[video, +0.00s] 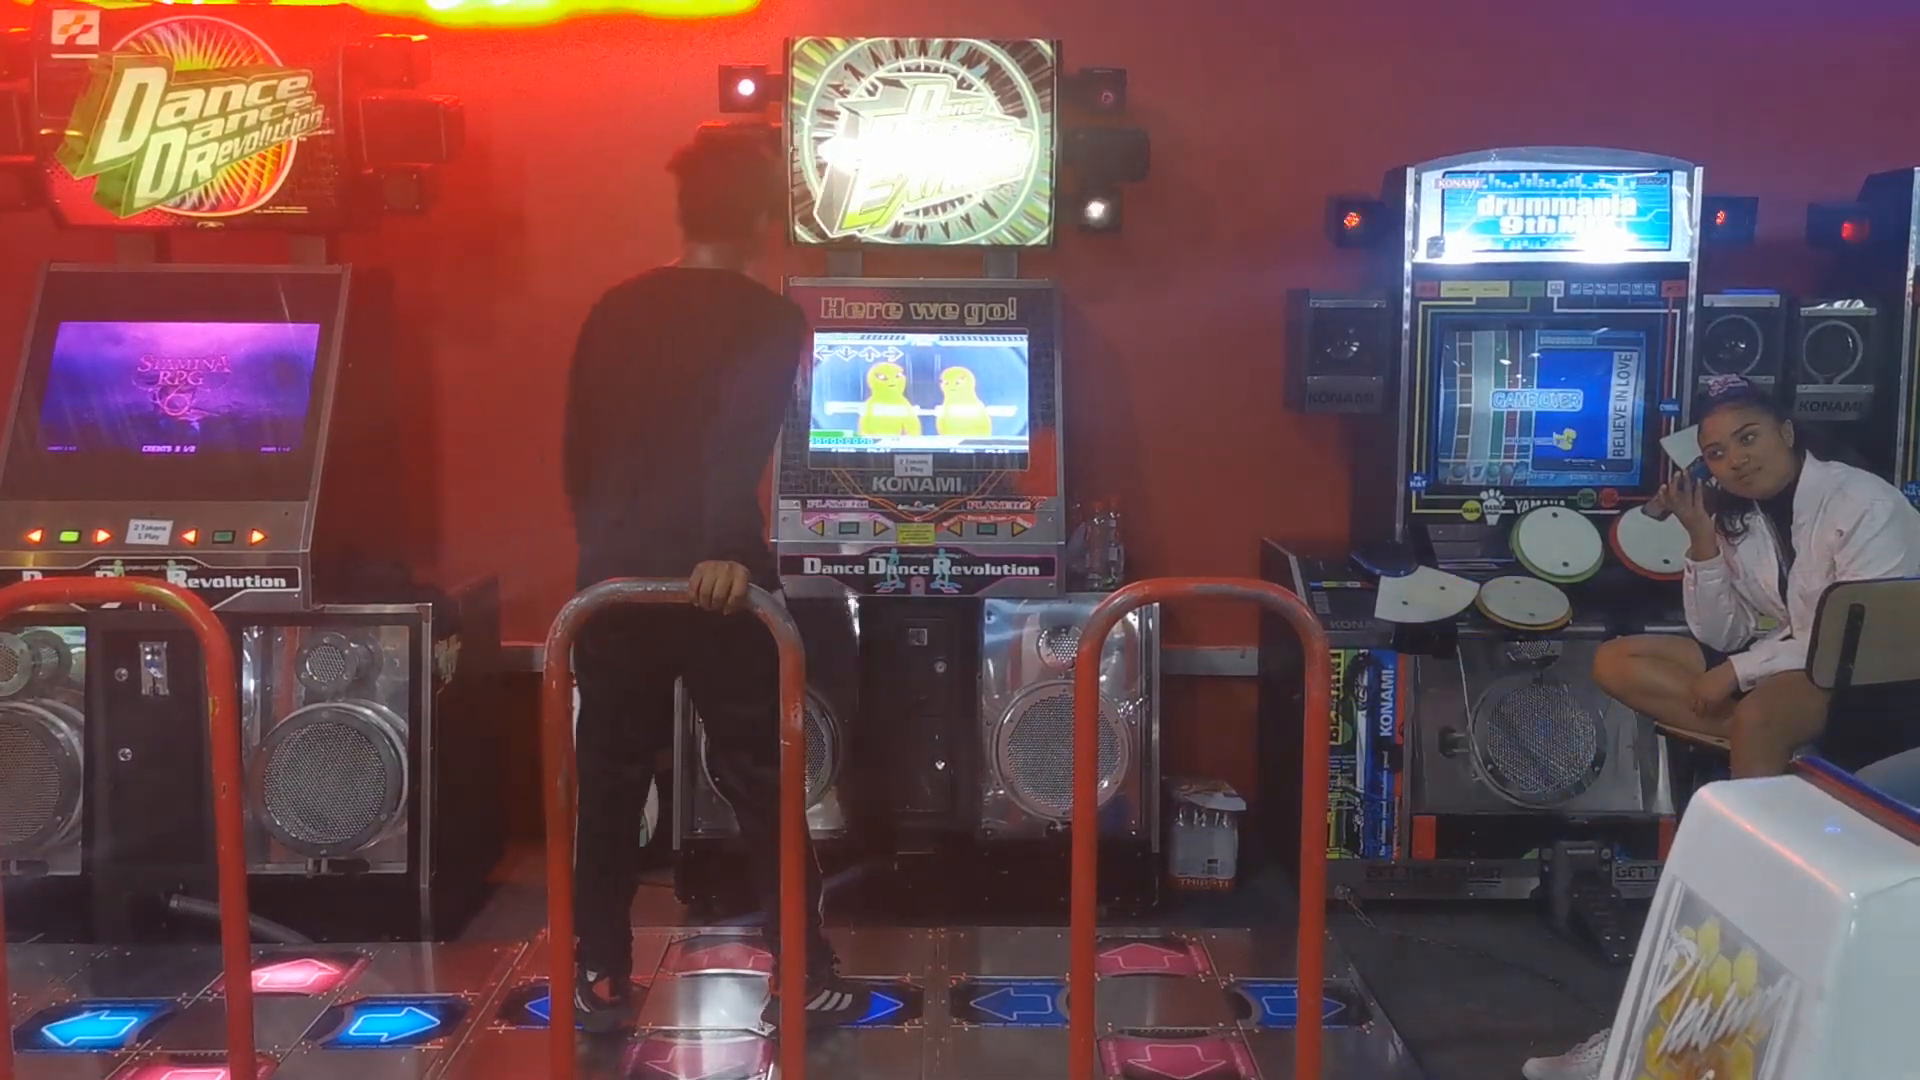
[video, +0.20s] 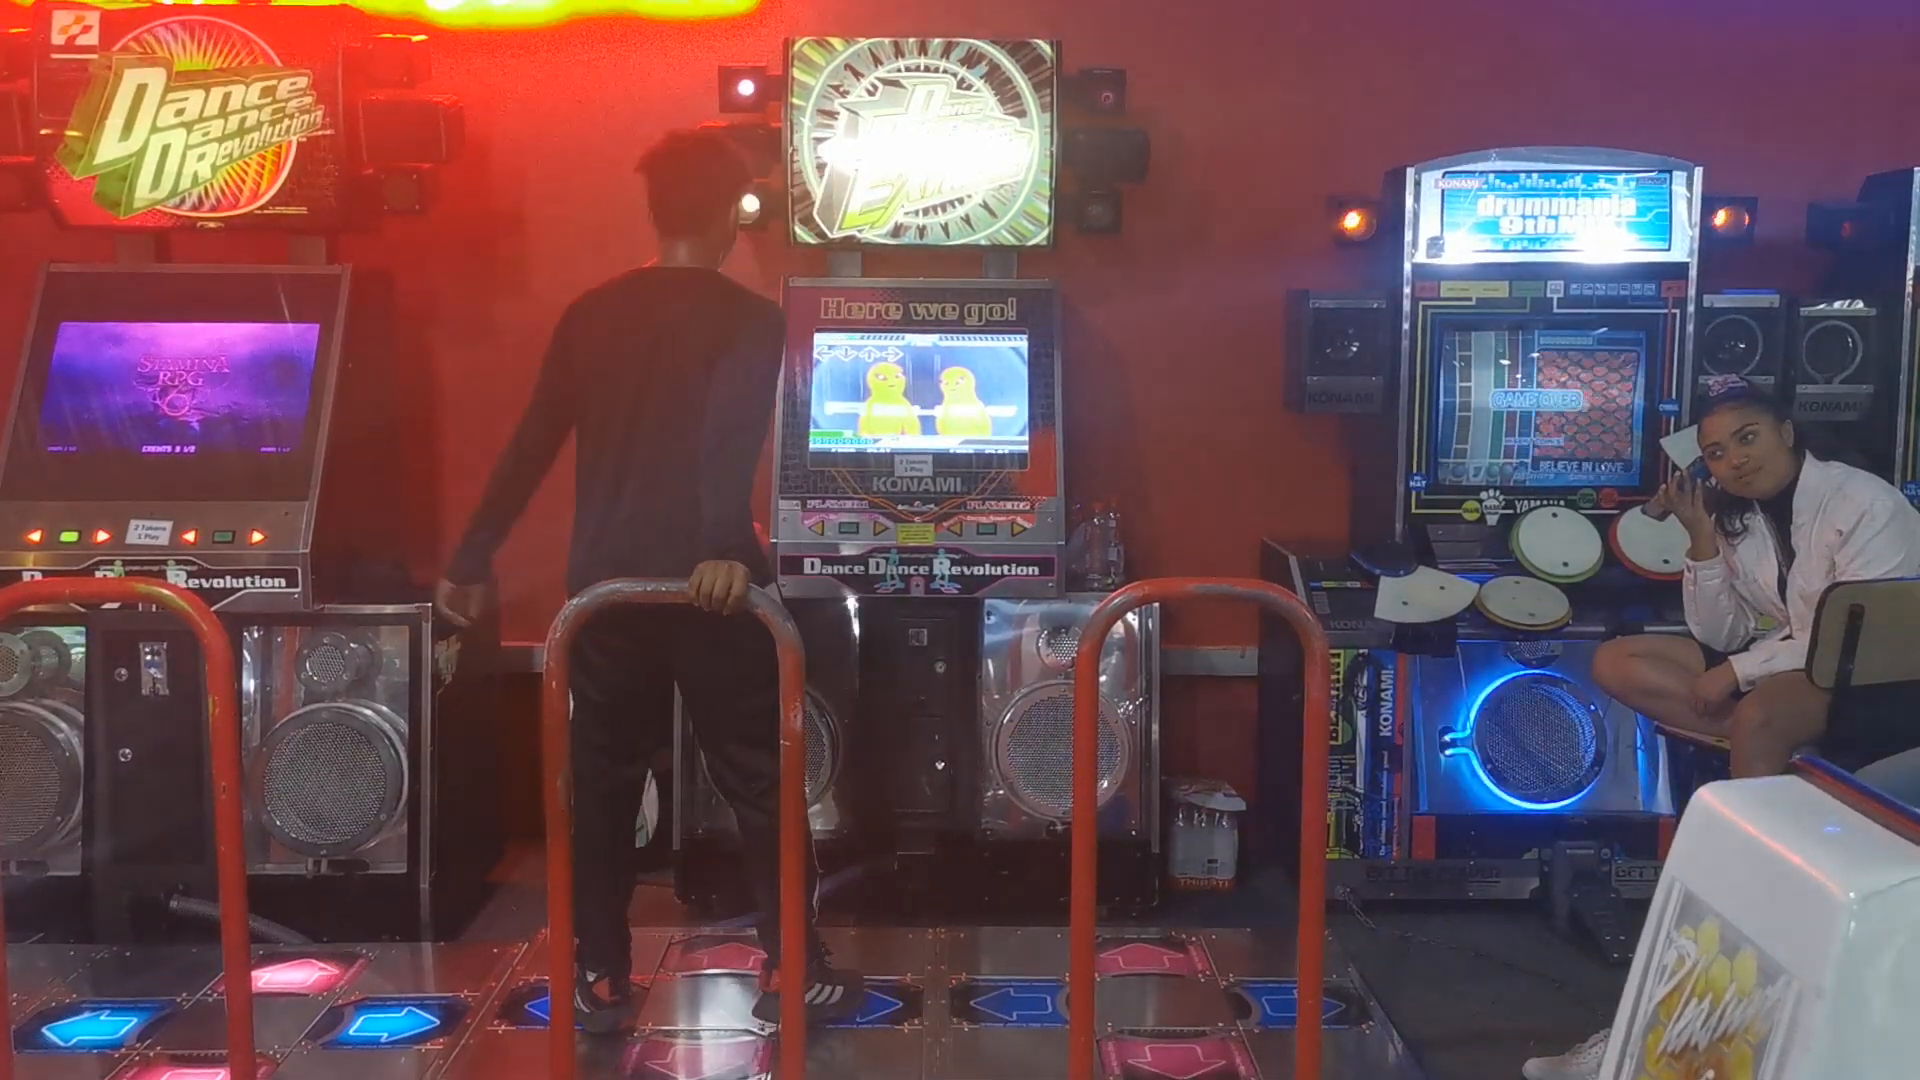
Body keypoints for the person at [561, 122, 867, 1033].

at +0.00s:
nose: (779, 226)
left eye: (775, 210)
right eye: (776, 210)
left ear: (683, 214)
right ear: (762, 217)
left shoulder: (616, 308)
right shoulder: (771, 317)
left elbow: (581, 447)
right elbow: (744, 431)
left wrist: (605, 543)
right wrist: (725, 534)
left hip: (616, 575)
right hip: (724, 578)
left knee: (611, 780)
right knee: (761, 771)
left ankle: (601, 976)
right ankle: (805, 973)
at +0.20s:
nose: (743, 223)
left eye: (737, 208)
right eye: (740, 210)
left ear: (656, 214)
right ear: (727, 218)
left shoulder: (591, 313)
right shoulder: (757, 319)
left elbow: (531, 446)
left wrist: (470, 561)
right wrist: (734, 541)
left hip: (607, 579)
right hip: (719, 581)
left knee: (601, 786)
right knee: (763, 778)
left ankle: (599, 980)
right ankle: (796, 968)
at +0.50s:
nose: (779, 220)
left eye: (774, 205)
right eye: (774, 206)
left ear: (686, 212)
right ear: (758, 215)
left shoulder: (626, 312)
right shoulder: (786, 318)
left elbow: (577, 452)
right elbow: (769, 444)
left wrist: (540, 578)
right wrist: (736, 545)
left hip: (640, 578)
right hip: (747, 582)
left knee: (625, 783)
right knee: (768, 782)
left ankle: (602, 974)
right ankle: (806, 970)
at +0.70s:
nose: (811, 221)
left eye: (804, 206)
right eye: (809, 208)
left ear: (723, 213)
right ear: (797, 215)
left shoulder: (659, 311)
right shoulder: (812, 318)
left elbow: (632, 447)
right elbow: (772, 432)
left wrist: (668, 533)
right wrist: (732, 544)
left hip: (662, 570)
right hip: (765, 575)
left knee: (639, 774)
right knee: (792, 782)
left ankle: (605, 971)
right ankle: (801, 979)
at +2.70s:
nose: (754, 247)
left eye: (743, 231)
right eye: (755, 234)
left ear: (670, 232)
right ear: (746, 240)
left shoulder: (593, 322)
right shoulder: (762, 336)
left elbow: (549, 469)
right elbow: (745, 442)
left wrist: (543, 592)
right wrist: (729, 546)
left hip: (603, 576)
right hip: (711, 582)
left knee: (599, 781)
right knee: (737, 756)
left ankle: (599, 979)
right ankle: (754, 919)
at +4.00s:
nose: (858, 237)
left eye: (846, 222)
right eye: (854, 224)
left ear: (770, 233)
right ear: (847, 234)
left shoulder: (702, 319)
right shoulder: (860, 325)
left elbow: (660, 459)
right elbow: (800, 434)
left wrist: (678, 568)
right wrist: (733, 545)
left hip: (695, 567)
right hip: (803, 560)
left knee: (676, 752)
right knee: (826, 764)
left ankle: (693, 949)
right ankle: (824, 974)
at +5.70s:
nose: (781, 260)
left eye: (760, 242)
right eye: (783, 245)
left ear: (710, 246)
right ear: (784, 247)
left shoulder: (637, 328)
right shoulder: (796, 331)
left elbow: (584, 455)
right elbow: (750, 431)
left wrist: (617, 535)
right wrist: (721, 542)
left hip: (593, 581)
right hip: (696, 584)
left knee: (595, 778)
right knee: (726, 763)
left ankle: (569, 977)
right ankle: (719, 947)